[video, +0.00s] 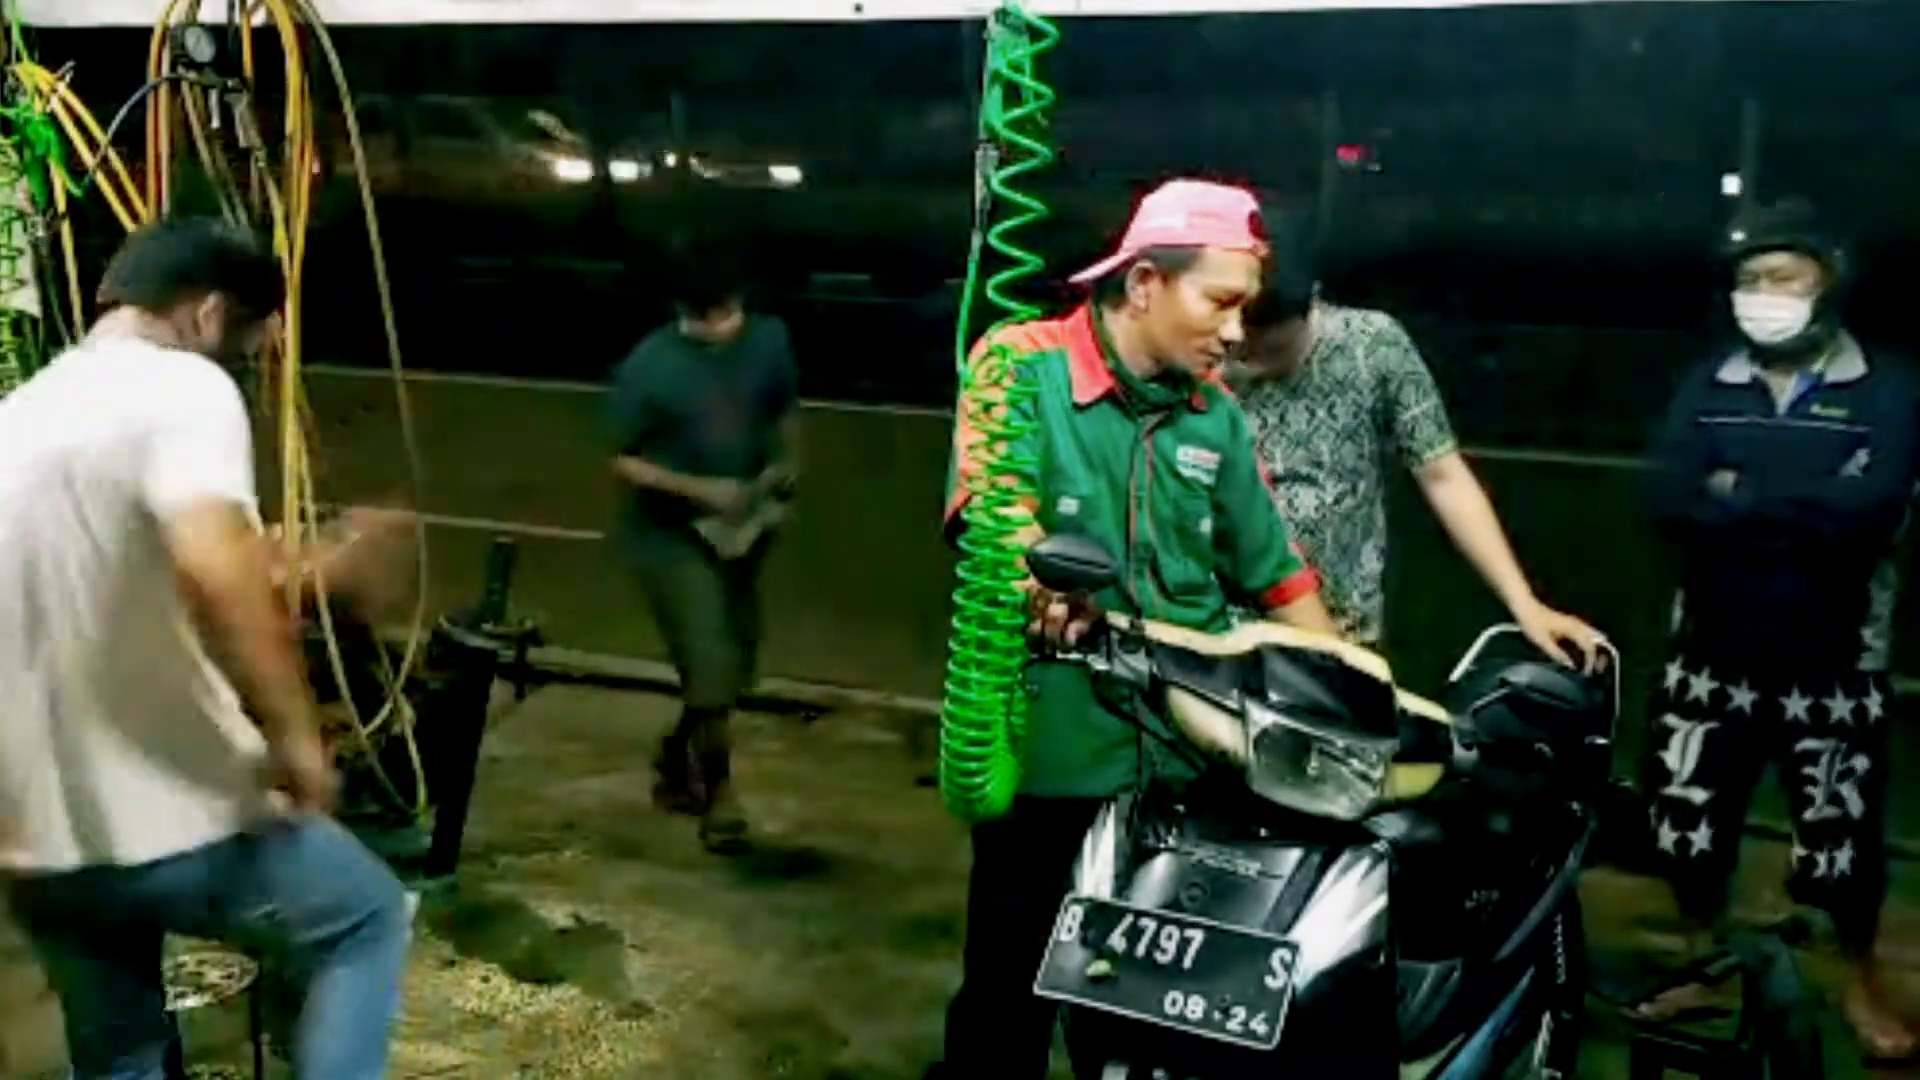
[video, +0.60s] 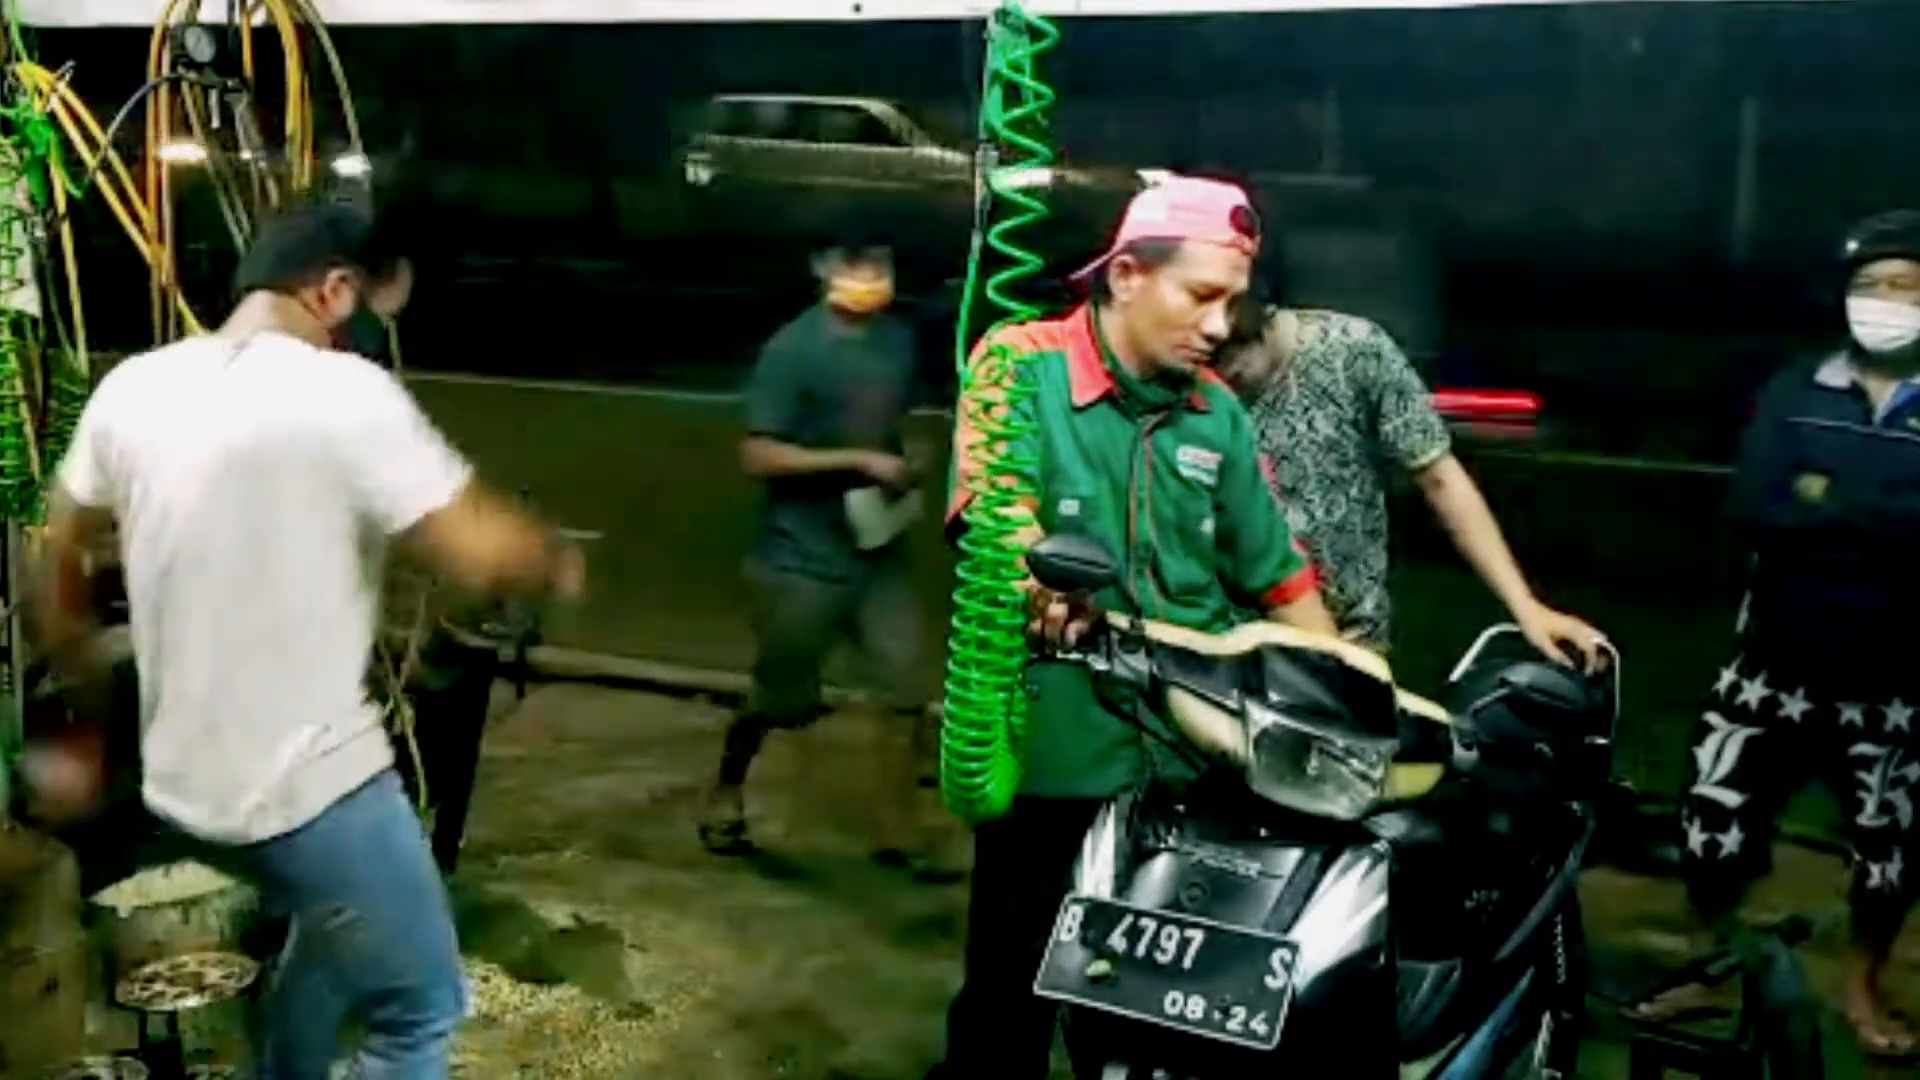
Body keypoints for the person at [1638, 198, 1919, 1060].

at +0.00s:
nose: (1765, 299)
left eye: (1786, 281)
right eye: (1752, 281)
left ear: (1827, 287)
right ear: (1733, 291)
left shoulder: (1880, 390)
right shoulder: (1710, 384)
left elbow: (1875, 507)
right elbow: (1664, 496)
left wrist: (1737, 485)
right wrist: (1819, 492)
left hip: (1830, 650)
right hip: (1715, 644)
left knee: (1844, 833)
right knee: (1688, 817)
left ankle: (1856, 984)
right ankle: (1703, 970)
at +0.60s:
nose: (1881, 305)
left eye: (1901, 291)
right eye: (1869, 288)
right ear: (1845, 301)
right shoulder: (1796, 395)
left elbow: (1910, 516)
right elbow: (1753, 502)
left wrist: (1816, 485)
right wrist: (1876, 508)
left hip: (1892, 666)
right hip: (1779, 656)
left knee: (1892, 855)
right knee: (1709, 824)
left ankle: (1862, 985)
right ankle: (1710, 966)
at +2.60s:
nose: (1894, 302)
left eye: (1911, 288)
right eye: (1882, 285)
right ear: (1855, 294)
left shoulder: (1918, 413)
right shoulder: (1806, 386)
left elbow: (1910, 521)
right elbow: (1757, 486)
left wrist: (1819, 478)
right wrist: (1868, 519)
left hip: (1889, 658)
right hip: (1781, 641)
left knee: (1883, 839)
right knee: (1736, 810)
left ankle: (1862, 982)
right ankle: (1717, 944)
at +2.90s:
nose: (1879, 304)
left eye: (1899, 291)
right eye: (1868, 286)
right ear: (1845, 293)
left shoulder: (1917, 411)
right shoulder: (1799, 384)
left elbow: (1909, 512)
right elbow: (1748, 483)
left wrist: (1814, 476)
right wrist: (1860, 507)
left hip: (1890, 649)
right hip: (1782, 632)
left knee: (1883, 832)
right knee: (1737, 799)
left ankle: (1863, 980)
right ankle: (1719, 932)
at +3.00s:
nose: (1876, 306)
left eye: (1896, 292)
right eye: (1864, 288)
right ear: (1838, 296)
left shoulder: (1918, 406)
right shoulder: (1787, 388)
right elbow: (1725, 496)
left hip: (1892, 656)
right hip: (1784, 643)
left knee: (1886, 837)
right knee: (1757, 808)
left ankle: (1862, 984)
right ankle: (1724, 942)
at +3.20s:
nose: (1868, 305)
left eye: (1888, 291)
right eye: (1856, 287)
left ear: (1918, 304)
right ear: (1835, 294)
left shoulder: (1908, 410)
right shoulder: (1805, 398)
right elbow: (1794, 524)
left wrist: (1882, 649)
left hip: (1901, 652)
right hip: (1815, 645)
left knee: (1885, 843)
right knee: (1820, 831)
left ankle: (1860, 995)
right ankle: (1823, 994)